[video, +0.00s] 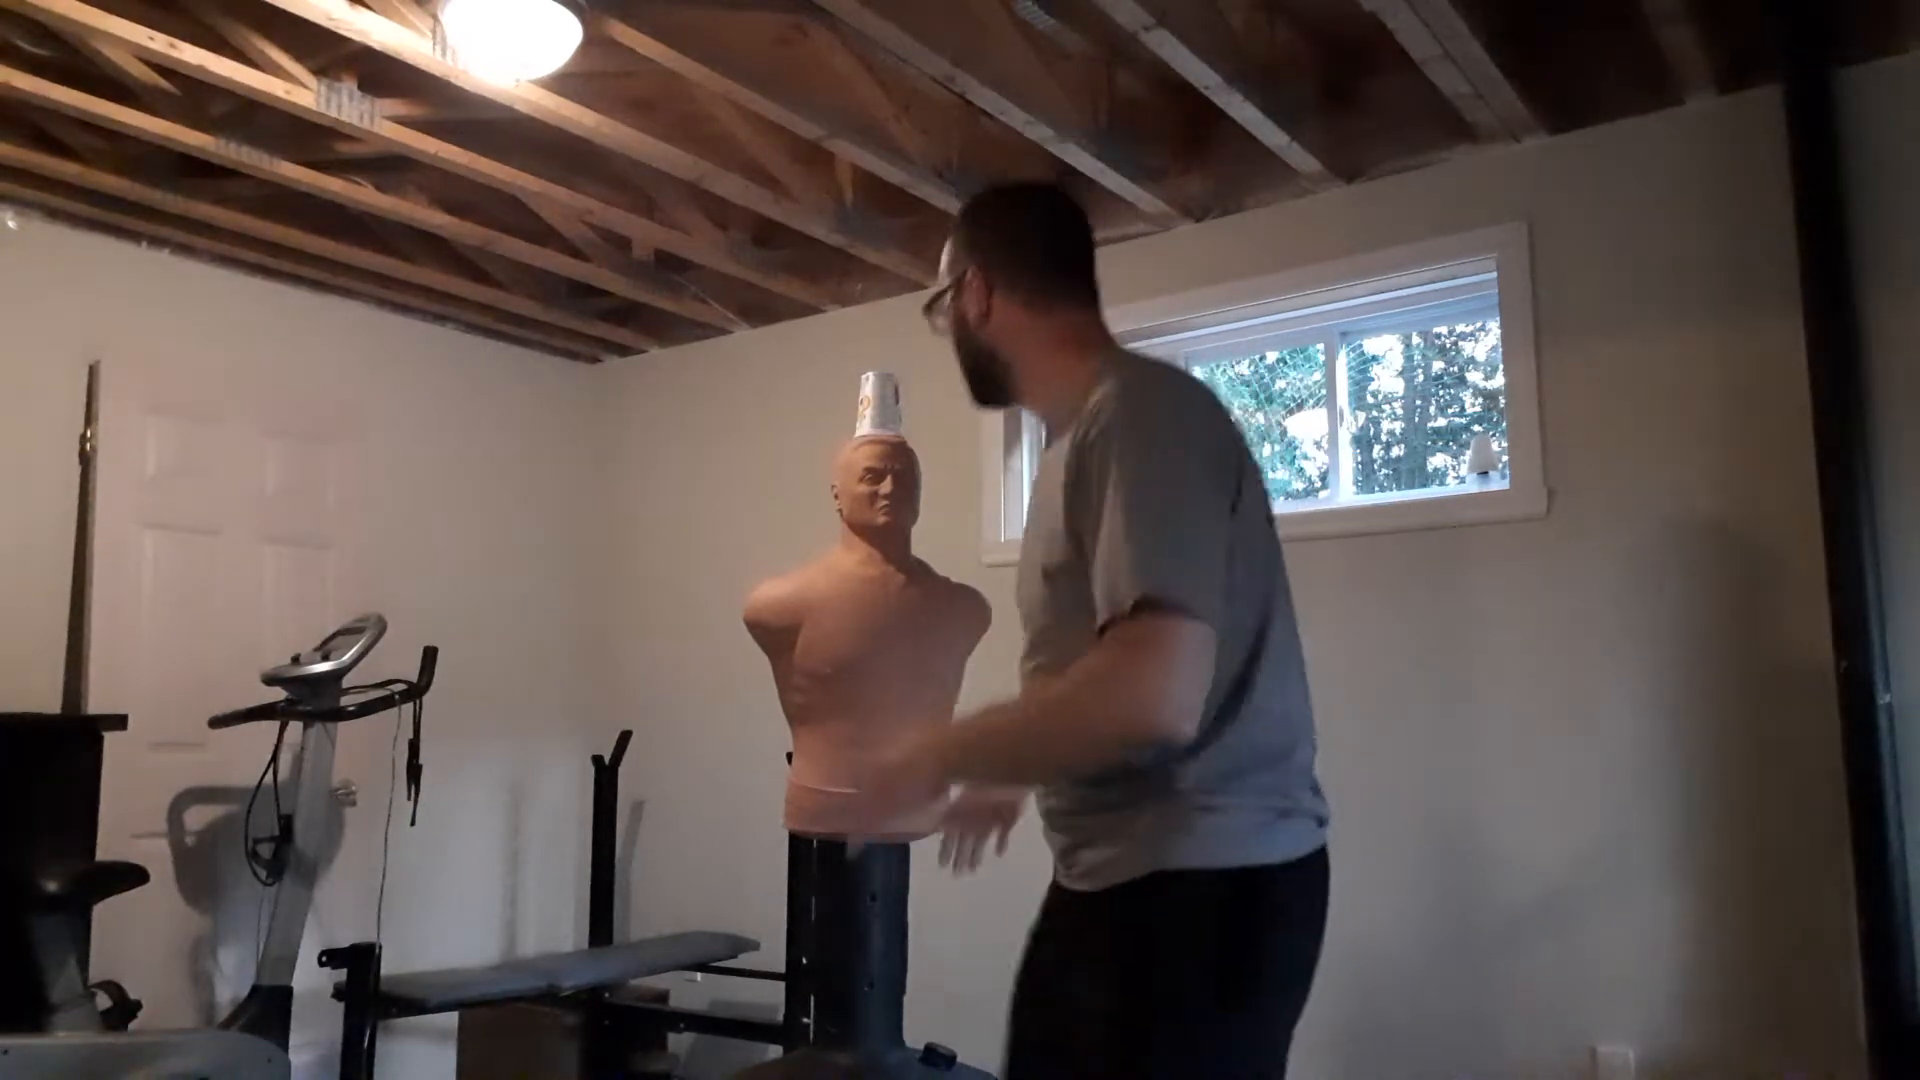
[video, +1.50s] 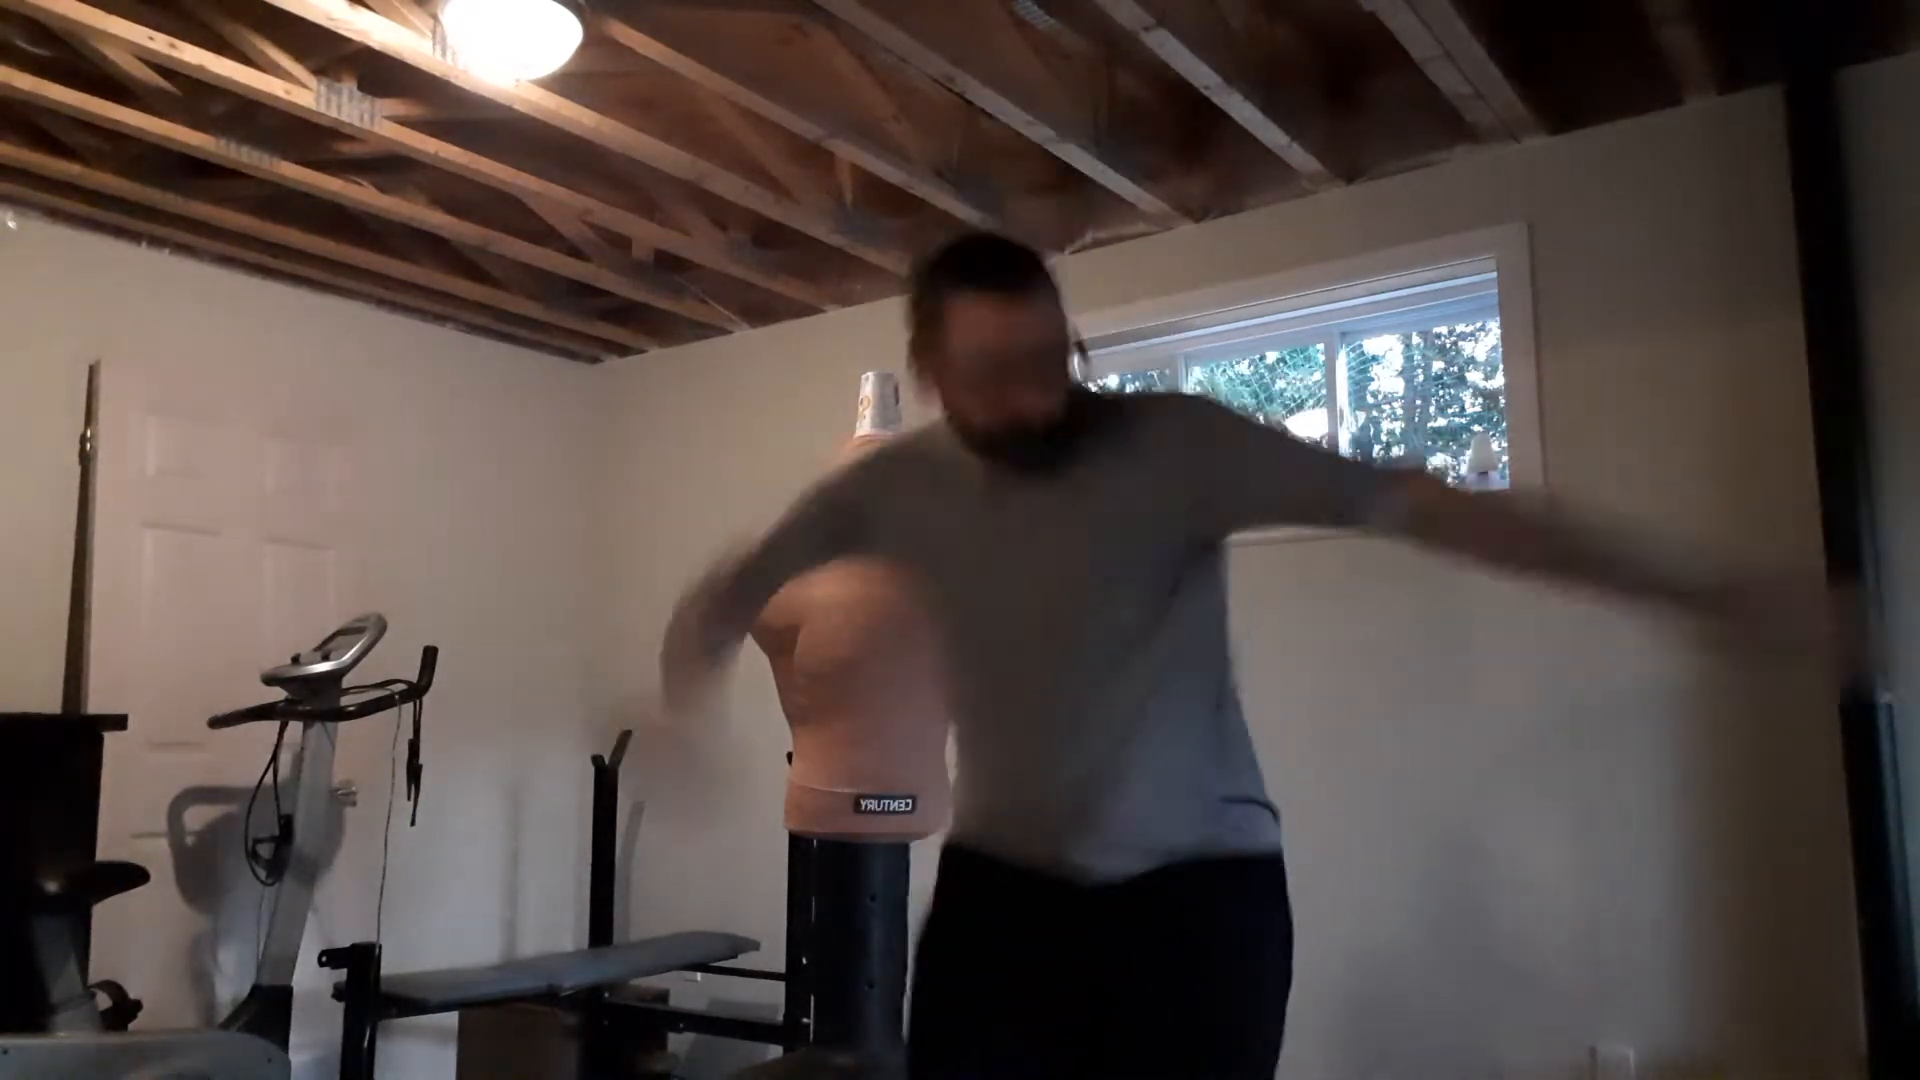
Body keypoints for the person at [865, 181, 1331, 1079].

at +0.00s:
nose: (947, 329)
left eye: (946, 303)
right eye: (944, 307)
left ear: (980, 294)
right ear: (1074, 281)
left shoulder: (1149, 414)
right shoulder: (1090, 439)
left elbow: (1159, 686)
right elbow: (1101, 660)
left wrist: (943, 750)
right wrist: (1015, 767)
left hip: (1197, 892)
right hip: (1135, 884)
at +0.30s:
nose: (941, 419)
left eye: (935, 396)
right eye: (936, 400)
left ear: (954, 381)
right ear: (1059, 368)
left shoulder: (1030, 455)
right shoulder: (1166, 465)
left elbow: (1073, 691)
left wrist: (953, 770)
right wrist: (1008, 757)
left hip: (1163, 929)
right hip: (1270, 916)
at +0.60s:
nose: (939, 304)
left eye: (938, 276)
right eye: (936, 281)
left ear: (971, 269)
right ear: (1070, 259)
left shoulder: (1135, 383)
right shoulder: (1078, 410)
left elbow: (1142, 650)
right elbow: (1097, 634)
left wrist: (941, 669)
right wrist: (948, 648)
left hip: (1204, 869)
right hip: (1117, 861)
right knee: (1039, 1063)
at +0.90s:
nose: (948, 317)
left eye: (946, 292)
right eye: (943, 297)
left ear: (977, 284)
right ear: (1069, 275)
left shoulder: (1058, 386)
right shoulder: (1145, 388)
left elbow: (1108, 642)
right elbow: (1157, 637)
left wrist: (939, 694)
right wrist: (999, 719)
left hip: (1155, 863)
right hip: (1223, 848)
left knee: (1082, 1069)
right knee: (1180, 1069)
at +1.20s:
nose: (938, 282)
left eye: (952, 245)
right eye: (936, 255)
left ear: (1029, 232)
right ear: (1025, 239)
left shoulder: (1149, 359)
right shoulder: (1087, 388)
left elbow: (945, 499)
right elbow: (1245, 565)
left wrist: (807, 544)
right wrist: (1355, 695)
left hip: (1209, 875)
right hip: (1066, 858)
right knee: (983, 1068)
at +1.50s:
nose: (1025, 393)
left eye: (1041, 359)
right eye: (991, 372)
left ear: (1067, 337)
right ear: (929, 370)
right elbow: (728, 591)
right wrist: (688, 667)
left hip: (1195, 894)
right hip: (1006, 897)